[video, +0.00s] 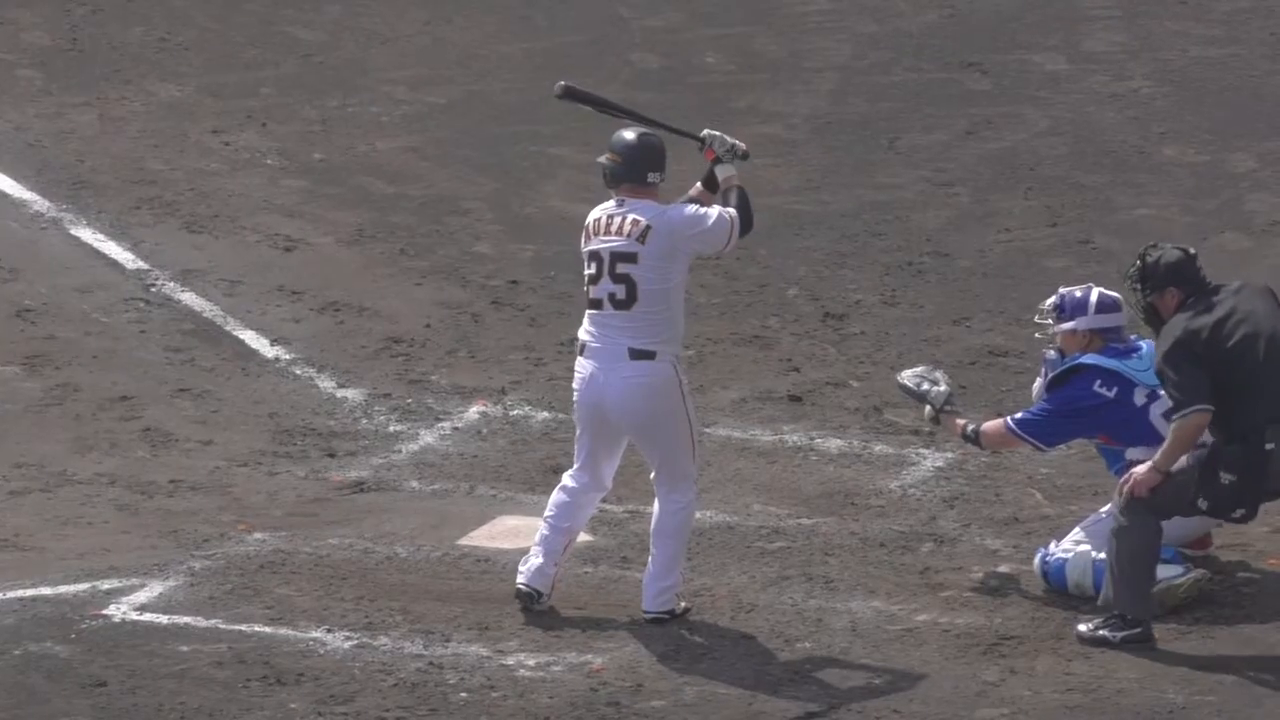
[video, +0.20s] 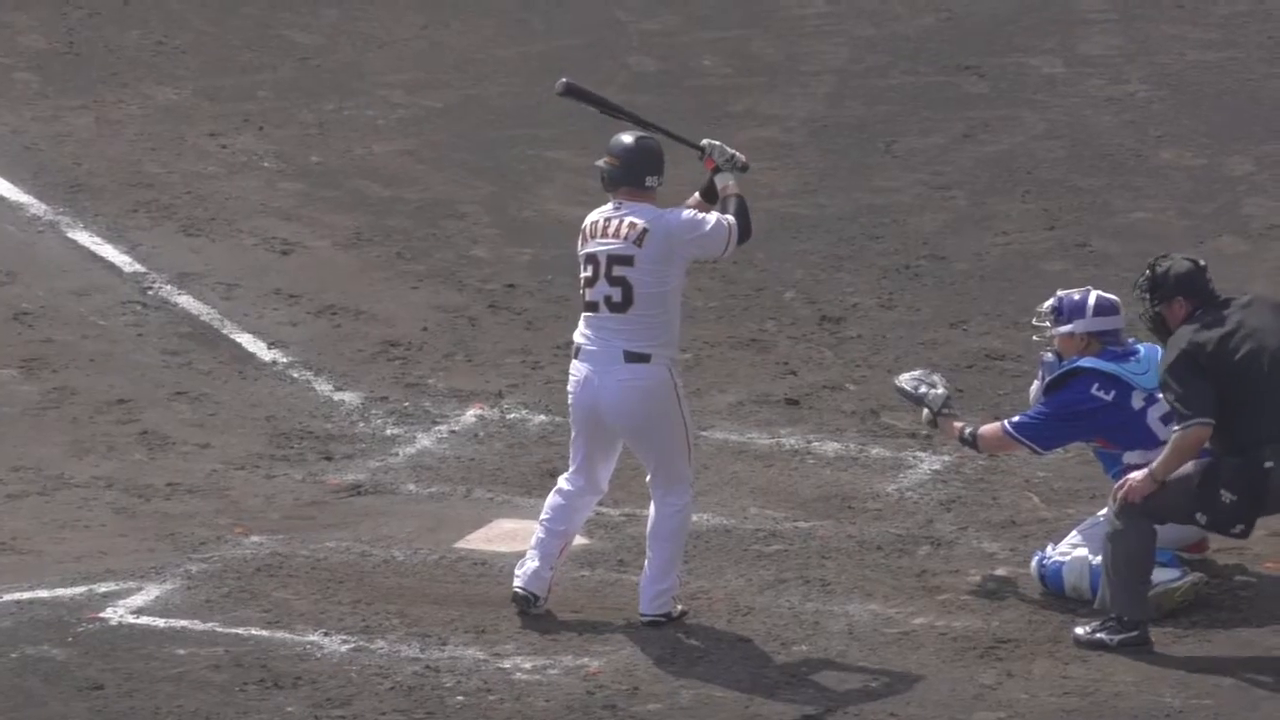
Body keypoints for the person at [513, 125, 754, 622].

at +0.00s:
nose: (606, 175)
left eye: (610, 168)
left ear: (612, 173)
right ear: (659, 173)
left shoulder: (595, 220)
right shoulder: (675, 221)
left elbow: (670, 214)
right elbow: (740, 221)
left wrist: (711, 173)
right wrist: (731, 175)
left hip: (589, 372)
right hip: (650, 378)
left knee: (585, 476)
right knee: (675, 486)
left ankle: (534, 576)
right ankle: (661, 599)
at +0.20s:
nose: (604, 177)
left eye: (608, 170)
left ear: (609, 176)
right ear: (657, 177)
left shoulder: (591, 224)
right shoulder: (673, 225)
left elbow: (667, 224)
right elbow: (737, 228)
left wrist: (710, 183)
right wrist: (730, 181)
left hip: (584, 374)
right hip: (645, 380)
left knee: (581, 478)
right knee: (671, 487)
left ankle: (530, 579)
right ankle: (658, 602)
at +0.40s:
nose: (599, 178)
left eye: (603, 171)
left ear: (605, 176)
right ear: (653, 178)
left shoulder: (587, 224)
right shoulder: (666, 227)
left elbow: (661, 220)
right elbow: (732, 226)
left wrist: (704, 178)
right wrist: (722, 178)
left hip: (577, 375)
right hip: (638, 381)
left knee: (575, 480)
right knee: (667, 489)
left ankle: (527, 581)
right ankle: (655, 603)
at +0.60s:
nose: (598, 183)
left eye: (602, 178)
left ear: (606, 183)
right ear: (653, 186)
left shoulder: (589, 228)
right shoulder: (665, 233)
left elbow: (663, 223)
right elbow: (731, 230)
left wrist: (704, 181)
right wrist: (720, 182)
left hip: (572, 381)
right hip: (633, 387)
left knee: (571, 485)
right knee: (666, 492)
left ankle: (522, 589)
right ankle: (653, 605)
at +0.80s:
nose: (593, 198)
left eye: (597, 191)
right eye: (644, 197)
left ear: (597, 195)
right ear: (641, 200)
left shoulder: (578, 241)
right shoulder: (652, 241)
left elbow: (658, 253)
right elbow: (720, 251)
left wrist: (705, 217)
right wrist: (717, 207)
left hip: (555, 390)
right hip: (615, 397)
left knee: (588, 466)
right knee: (649, 500)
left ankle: (537, 546)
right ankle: (634, 611)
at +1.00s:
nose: (569, 203)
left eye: (571, 197)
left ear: (576, 200)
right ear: (617, 203)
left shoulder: (559, 243)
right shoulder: (627, 246)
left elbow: (641, 287)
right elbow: (695, 269)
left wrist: (702, 242)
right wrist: (696, 227)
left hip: (527, 389)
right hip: (583, 400)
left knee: (618, 403)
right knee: (621, 498)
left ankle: (562, 499)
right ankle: (609, 603)